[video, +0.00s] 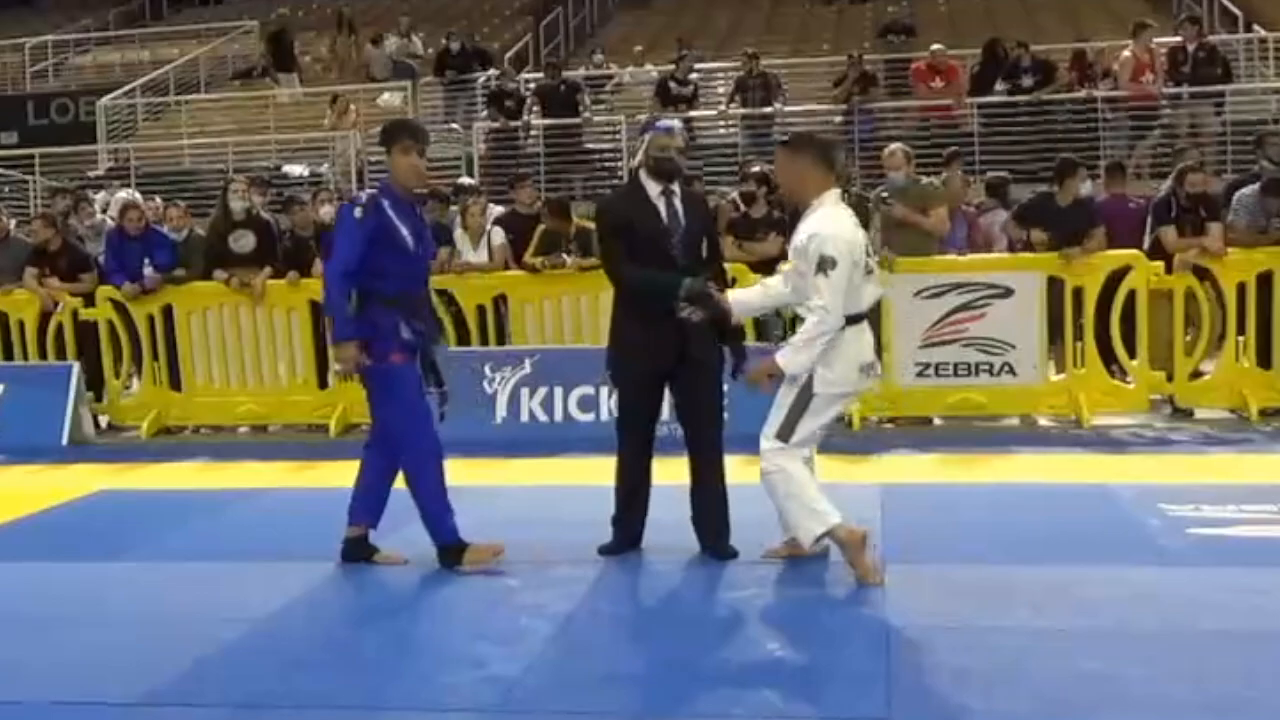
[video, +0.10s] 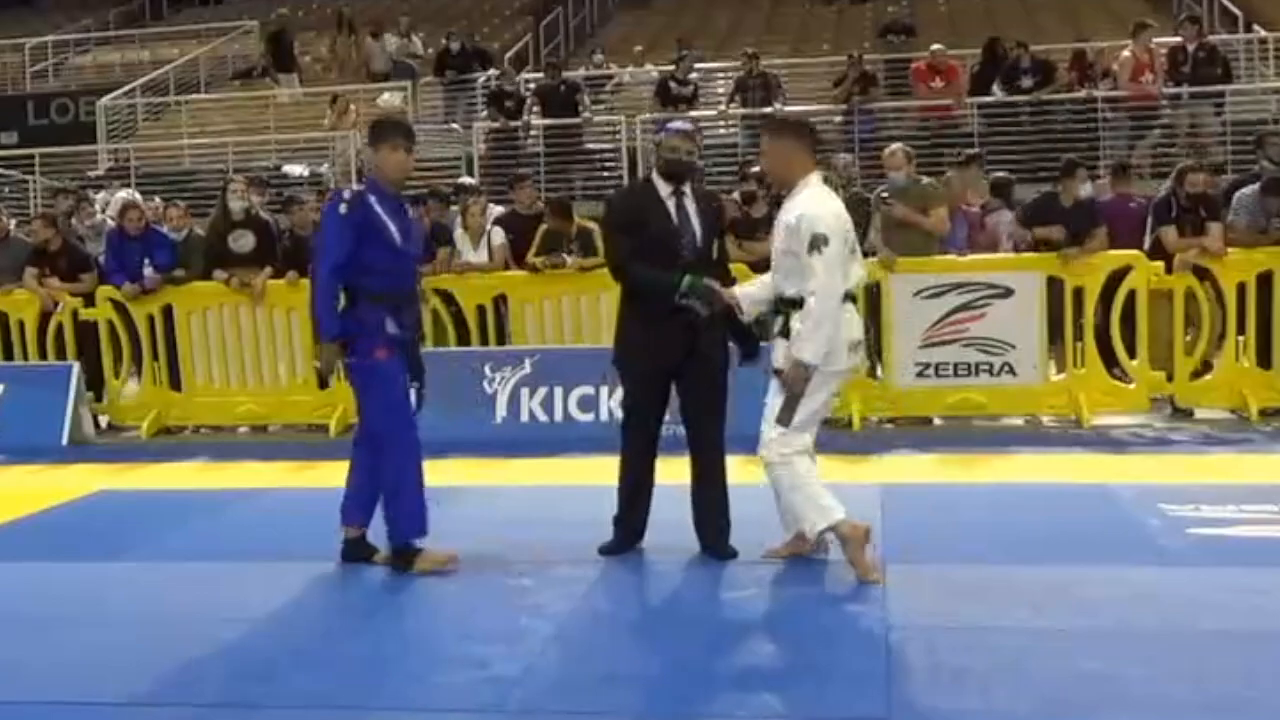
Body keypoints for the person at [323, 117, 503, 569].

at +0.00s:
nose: (421, 164)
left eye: (423, 155)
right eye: (412, 155)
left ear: (421, 159)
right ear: (391, 157)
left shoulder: (412, 213)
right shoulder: (364, 211)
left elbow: (412, 280)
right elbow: (338, 273)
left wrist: (426, 338)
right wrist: (343, 337)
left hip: (409, 336)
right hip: (382, 338)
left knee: (388, 439)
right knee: (419, 440)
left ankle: (356, 536)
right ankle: (450, 546)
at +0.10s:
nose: (409, 162)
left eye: (410, 152)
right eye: (400, 152)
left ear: (404, 157)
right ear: (375, 155)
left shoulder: (400, 210)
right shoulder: (348, 206)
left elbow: (405, 282)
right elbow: (326, 272)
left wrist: (413, 349)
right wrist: (328, 336)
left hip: (398, 330)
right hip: (368, 331)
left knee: (376, 433)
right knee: (398, 432)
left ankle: (354, 533)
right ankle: (405, 543)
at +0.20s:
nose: (399, 159)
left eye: (401, 150)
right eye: (389, 150)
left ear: (398, 156)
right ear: (366, 153)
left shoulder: (391, 208)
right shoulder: (339, 204)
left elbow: (393, 275)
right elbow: (316, 270)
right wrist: (313, 334)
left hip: (389, 323)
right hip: (356, 323)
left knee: (377, 434)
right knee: (369, 434)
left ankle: (361, 539)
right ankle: (353, 543)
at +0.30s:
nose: (386, 158)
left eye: (390, 149)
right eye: (376, 148)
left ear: (391, 155)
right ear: (354, 153)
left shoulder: (384, 209)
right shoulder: (328, 205)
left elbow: (385, 273)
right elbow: (306, 270)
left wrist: (395, 325)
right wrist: (304, 334)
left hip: (383, 326)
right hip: (346, 327)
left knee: (376, 438)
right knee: (346, 436)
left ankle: (355, 539)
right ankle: (305, 540)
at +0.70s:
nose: (355, 165)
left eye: (356, 156)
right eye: (346, 155)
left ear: (343, 161)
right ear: (316, 158)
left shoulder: (343, 222)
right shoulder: (277, 210)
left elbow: (354, 279)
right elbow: (239, 269)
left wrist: (364, 323)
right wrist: (269, 316)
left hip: (341, 351)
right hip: (295, 352)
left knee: (352, 443)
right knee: (275, 452)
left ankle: (354, 542)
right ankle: (251, 558)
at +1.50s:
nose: (376, 169)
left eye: (375, 160)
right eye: (370, 160)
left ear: (350, 163)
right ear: (342, 162)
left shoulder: (351, 214)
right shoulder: (301, 206)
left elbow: (355, 273)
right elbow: (261, 268)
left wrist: (381, 313)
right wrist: (287, 332)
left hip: (340, 338)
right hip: (308, 340)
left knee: (340, 441)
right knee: (342, 441)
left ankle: (311, 545)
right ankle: (301, 543)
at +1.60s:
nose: (391, 171)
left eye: (390, 162)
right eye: (384, 162)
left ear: (365, 166)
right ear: (358, 165)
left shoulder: (363, 215)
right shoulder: (320, 203)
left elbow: (359, 279)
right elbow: (272, 258)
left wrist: (392, 312)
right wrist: (295, 326)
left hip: (343, 338)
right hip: (314, 338)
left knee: (335, 441)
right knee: (356, 438)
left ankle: (307, 549)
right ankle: (348, 559)